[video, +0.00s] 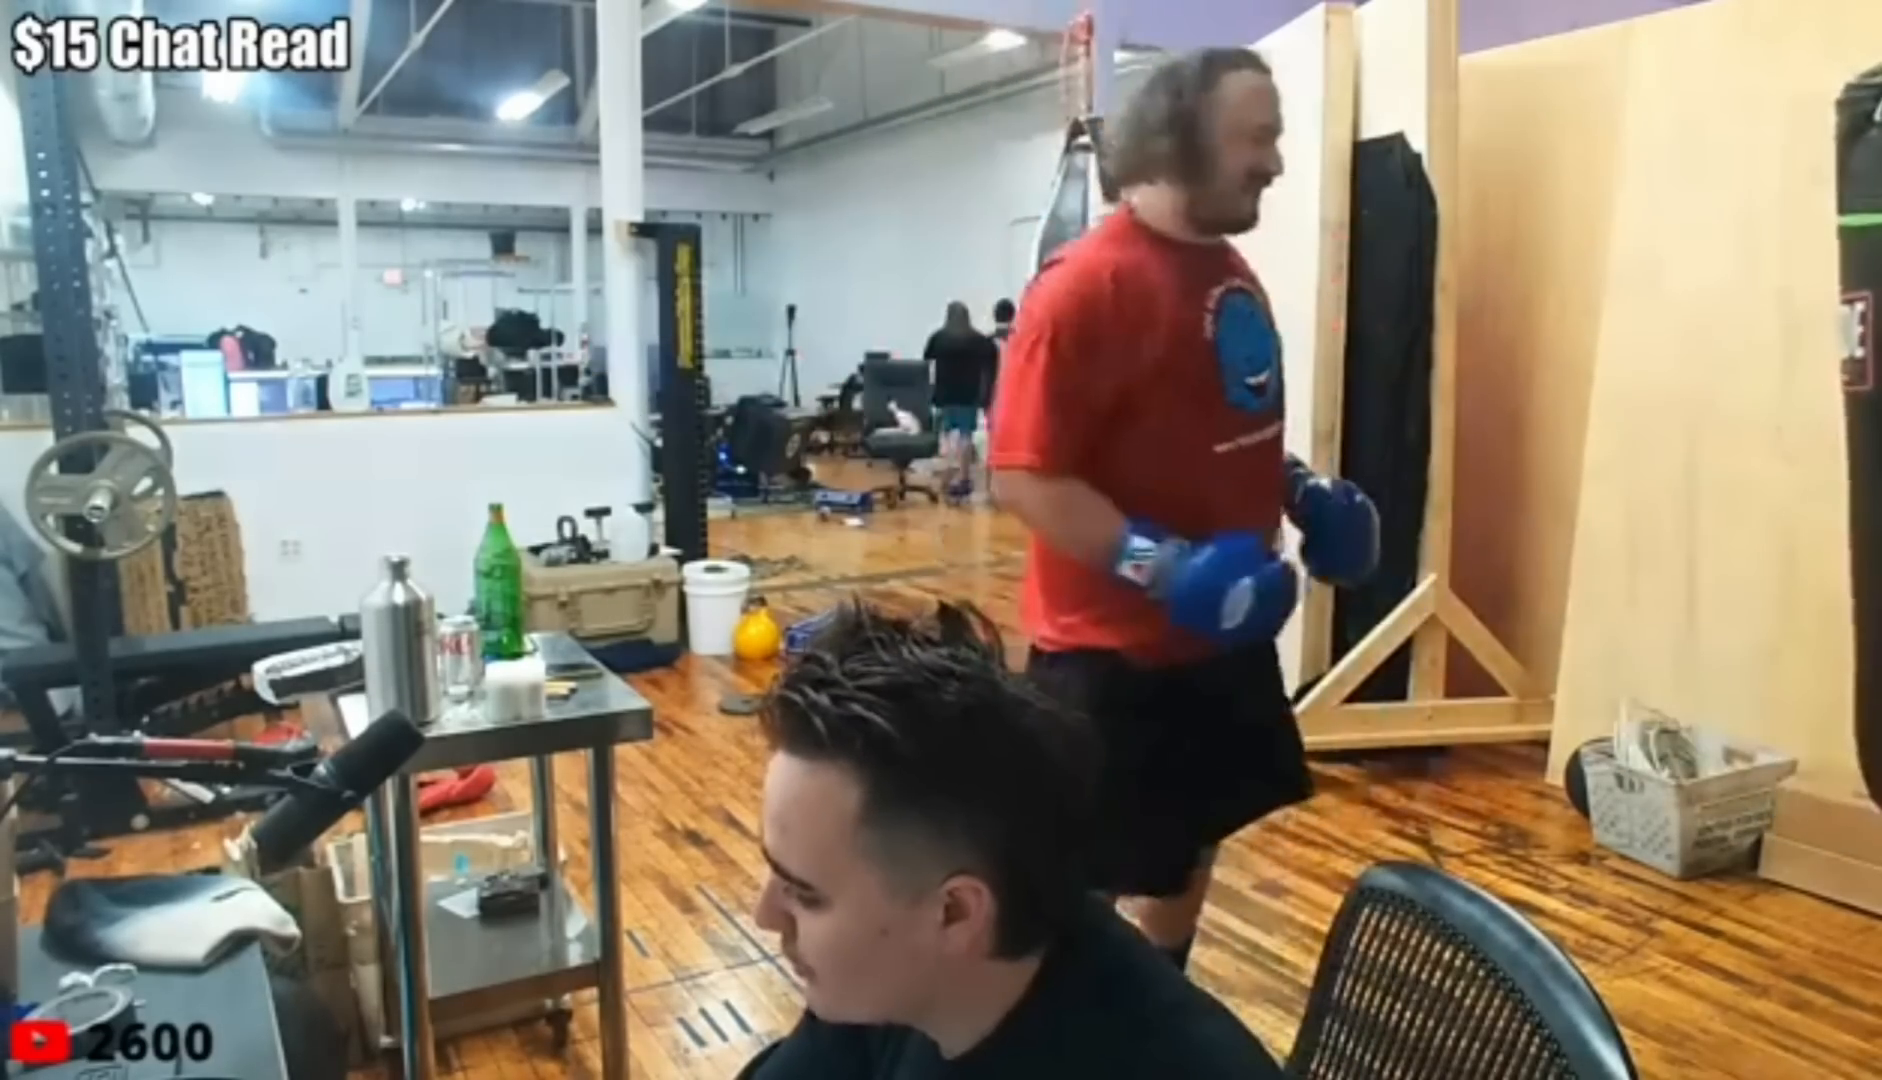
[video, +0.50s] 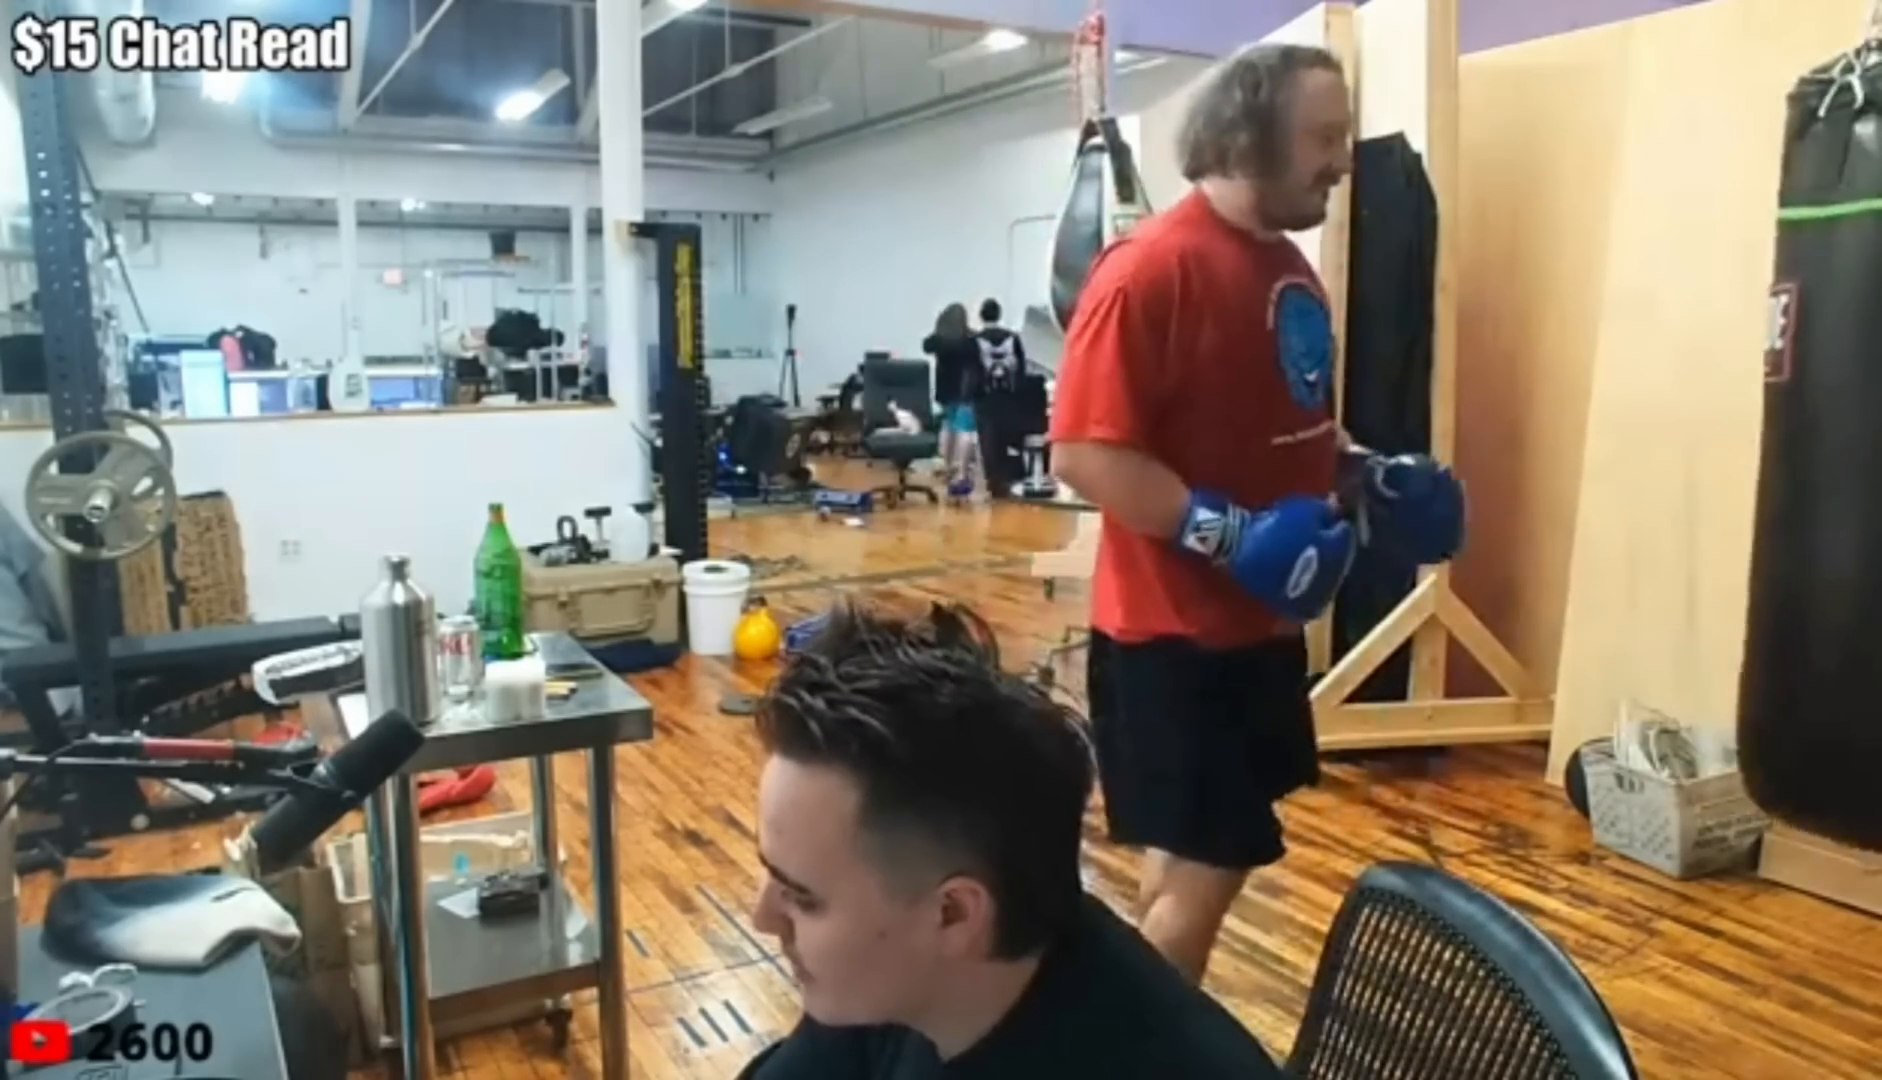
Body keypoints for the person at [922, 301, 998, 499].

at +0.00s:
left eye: (951, 316)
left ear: (947, 317)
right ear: (968, 317)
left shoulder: (938, 339)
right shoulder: (981, 341)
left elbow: (927, 365)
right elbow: (989, 373)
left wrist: (928, 391)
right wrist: (986, 399)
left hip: (944, 398)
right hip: (969, 398)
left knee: (943, 439)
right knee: (965, 440)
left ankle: (946, 476)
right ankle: (965, 480)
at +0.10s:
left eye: (951, 314)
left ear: (947, 315)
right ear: (967, 315)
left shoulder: (941, 335)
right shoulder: (977, 338)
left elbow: (927, 349)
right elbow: (986, 367)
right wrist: (986, 391)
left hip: (946, 393)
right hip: (971, 394)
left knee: (947, 430)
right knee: (964, 436)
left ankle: (949, 460)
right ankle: (965, 480)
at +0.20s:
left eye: (952, 313)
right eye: (960, 312)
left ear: (947, 314)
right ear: (966, 314)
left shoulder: (941, 333)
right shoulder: (974, 334)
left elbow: (927, 343)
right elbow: (982, 364)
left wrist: (941, 329)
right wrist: (983, 389)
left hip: (946, 392)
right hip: (969, 393)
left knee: (948, 429)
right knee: (964, 434)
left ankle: (948, 468)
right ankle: (964, 476)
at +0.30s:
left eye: (952, 313)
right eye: (960, 313)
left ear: (947, 315)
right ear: (966, 315)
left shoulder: (941, 333)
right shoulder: (973, 334)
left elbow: (927, 344)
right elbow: (980, 364)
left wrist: (940, 330)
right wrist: (982, 388)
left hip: (946, 390)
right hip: (968, 391)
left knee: (948, 428)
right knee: (964, 432)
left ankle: (948, 468)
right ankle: (963, 475)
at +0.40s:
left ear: (945, 317)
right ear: (965, 318)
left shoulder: (940, 336)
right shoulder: (971, 338)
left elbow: (927, 345)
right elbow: (978, 366)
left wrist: (941, 328)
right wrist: (981, 388)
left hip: (945, 392)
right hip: (967, 393)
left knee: (948, 429)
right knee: (964, 433)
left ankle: (947, 468)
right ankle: (962, 474)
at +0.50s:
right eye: (960, 318)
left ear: (943, 319)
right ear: (964, 319)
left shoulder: (938, 340)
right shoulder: (970, 340)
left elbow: (927, 345)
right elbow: (977, 367)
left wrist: (939, 332)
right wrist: (979, 389)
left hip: (945, 393)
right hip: (966, 394)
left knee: (947, 429)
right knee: (964, 434)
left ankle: (948, 470)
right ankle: (962, 476)